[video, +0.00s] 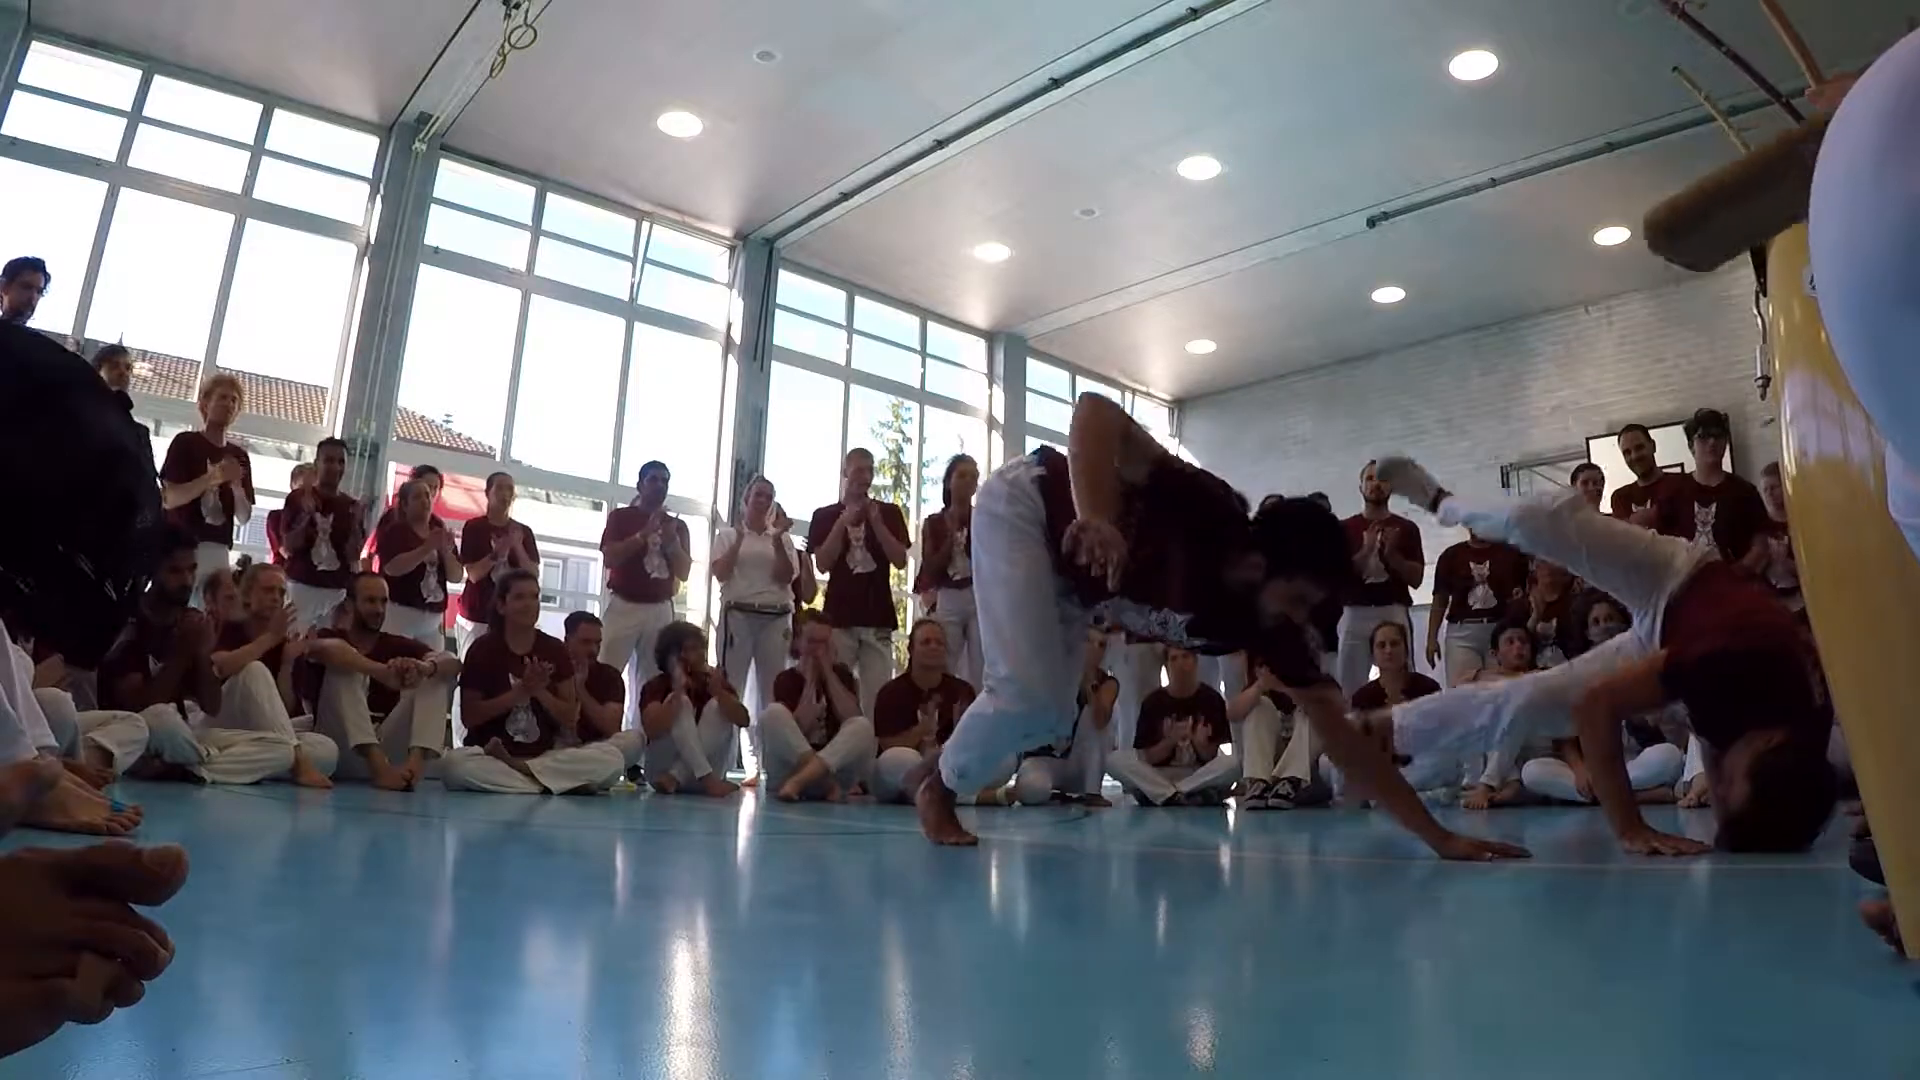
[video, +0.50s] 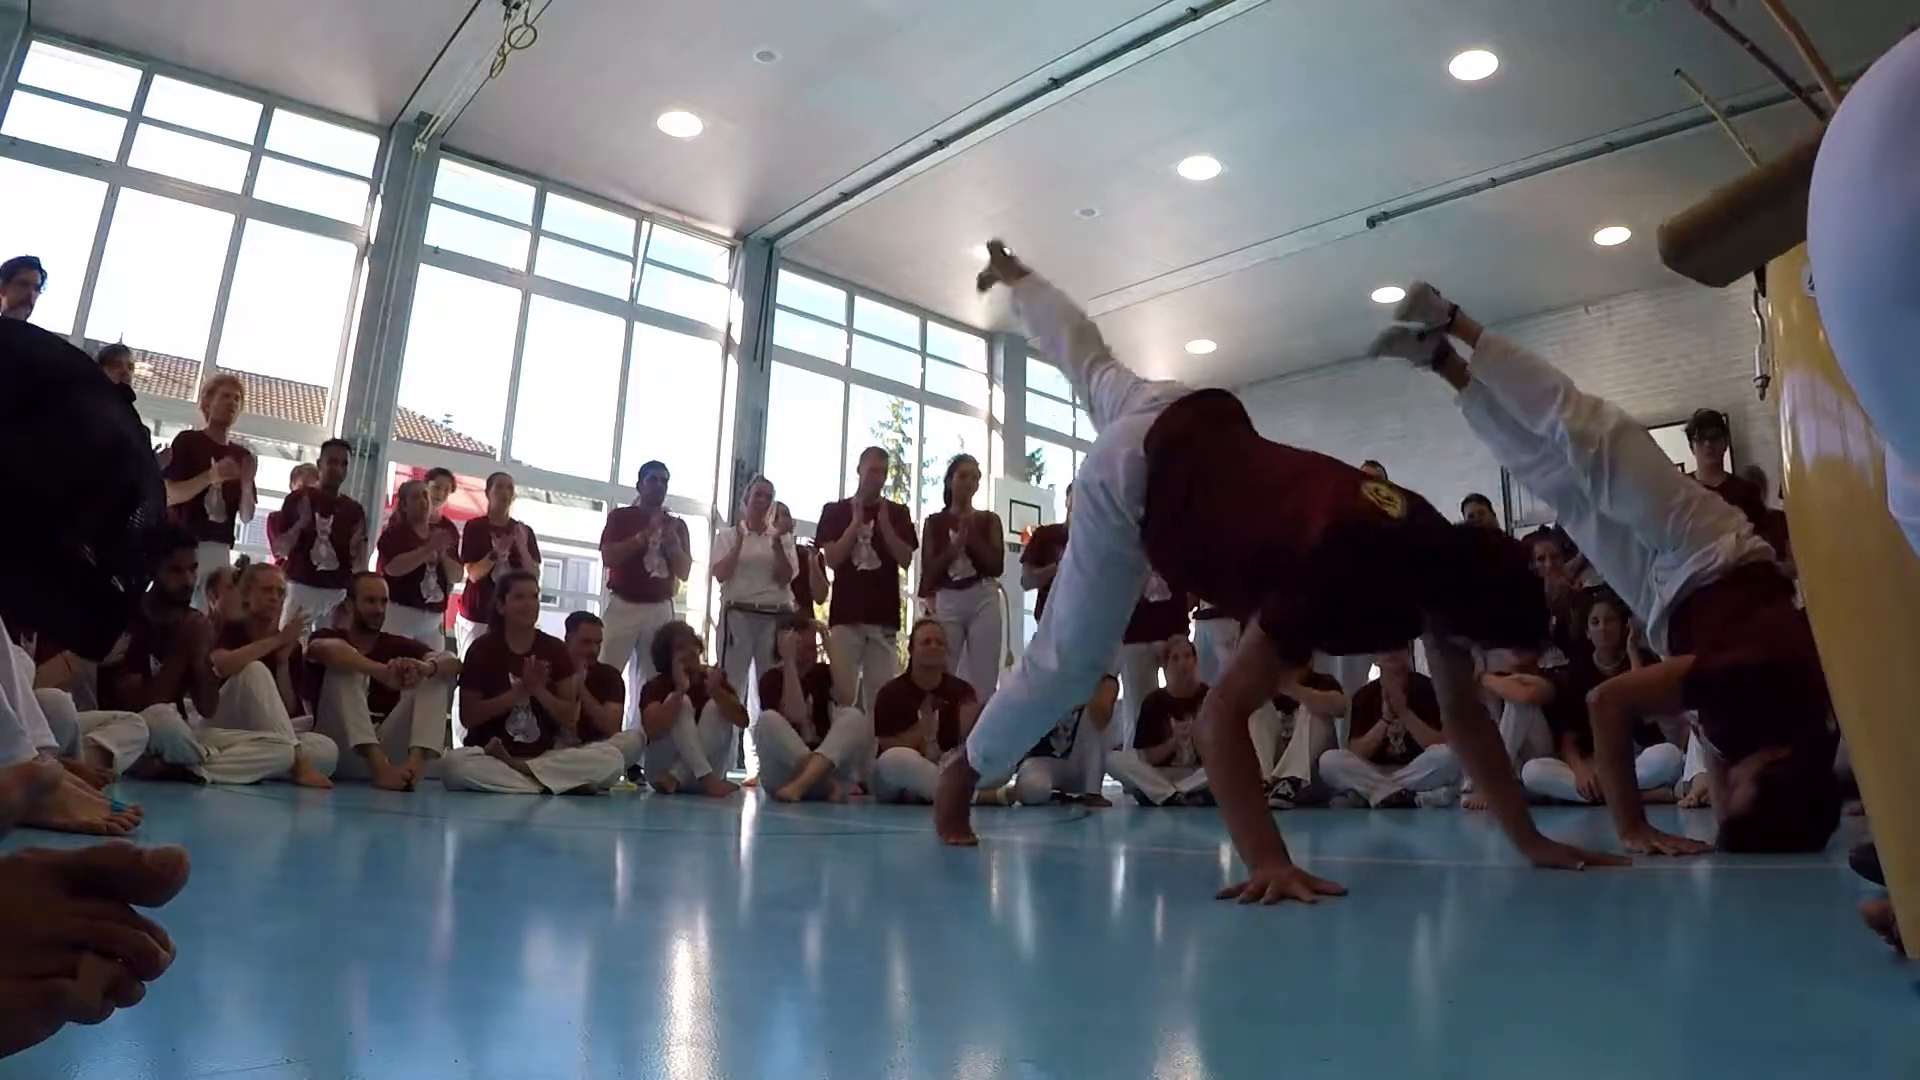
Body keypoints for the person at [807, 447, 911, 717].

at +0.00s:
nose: (862, 477)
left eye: (867, 471)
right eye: (857, 471)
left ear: (872, 475)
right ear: (844, 473)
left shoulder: (889, 513)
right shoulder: (825, 516)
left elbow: (900, 560)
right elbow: (823, 564)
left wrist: (875, 521)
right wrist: (843, 521)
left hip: (878, 620)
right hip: (839, 620)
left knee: (878, 702)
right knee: (837, 700)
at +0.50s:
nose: (875, 477)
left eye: (880, 471)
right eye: (870, 470)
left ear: (886, 475)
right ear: (858, 471)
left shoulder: (898, 512)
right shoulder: (835, 511)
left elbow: (905, 559)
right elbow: (832, 560)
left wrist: (884, 528)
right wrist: (854, 526)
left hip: (884, 618)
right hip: (846, 616)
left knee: (881, 699)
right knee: (844, 696)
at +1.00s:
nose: (886, 477)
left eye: (891, 472)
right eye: (881, 471)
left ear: (896, 476)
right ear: (868, 471)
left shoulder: (907, 514)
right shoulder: (844, 510)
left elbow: (910, 561)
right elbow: (836, 557)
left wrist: (883, 528)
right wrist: (866, 526)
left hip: (886, 613)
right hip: (849, 611)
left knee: (880, 690)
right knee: (845, 688)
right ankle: (844, 748)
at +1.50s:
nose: (877, 478)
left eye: (883, 472)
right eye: (873, 471)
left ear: (891, 476)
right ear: (863, 473)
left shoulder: (906, 516)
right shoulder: (841, 513)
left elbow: (912, 564)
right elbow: (830, 562)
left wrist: (884, 529)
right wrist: (860, 528)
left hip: (886, 616)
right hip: (846, 615)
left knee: (880, 694)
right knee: (848, 691)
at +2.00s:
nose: (877, 476)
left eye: (882, 470)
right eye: (871, 470)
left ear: (888, 474)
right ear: (861, 473)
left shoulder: (904, 516)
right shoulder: (840, 514)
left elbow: (911, 563)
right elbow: (831, 563)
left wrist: (896, 527)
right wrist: (846, 528)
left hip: (887, 616)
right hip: (848, 616)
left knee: (883, 695)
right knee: (848, 694)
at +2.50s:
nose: (877, 478)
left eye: (882, 472)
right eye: (872, 472)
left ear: (890, 474)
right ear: (862, 474)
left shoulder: (906, 517)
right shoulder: (843, 514)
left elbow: (913, 563)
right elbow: (831, 563)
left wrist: (885, 533)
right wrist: (863, 533)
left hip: (890, 609)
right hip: (848, 609)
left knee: (887, 694)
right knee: (849, 692)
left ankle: (878, 772)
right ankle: (841, 769)